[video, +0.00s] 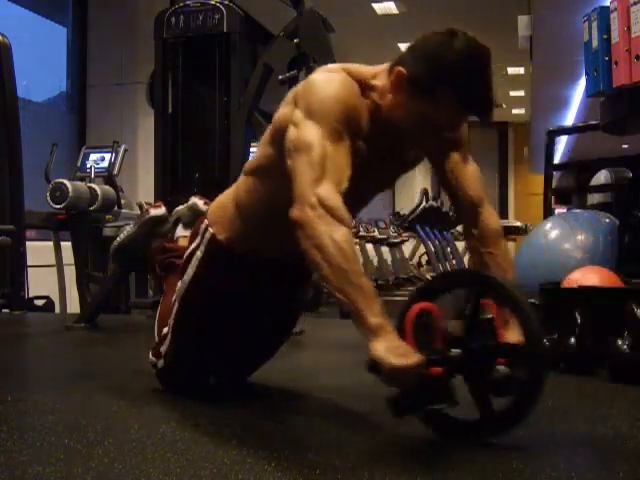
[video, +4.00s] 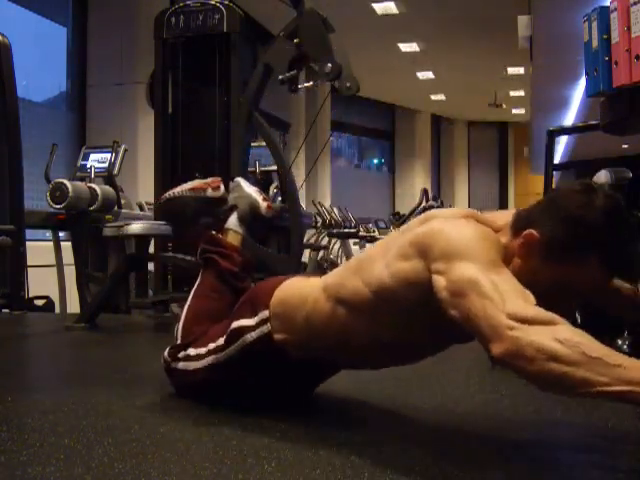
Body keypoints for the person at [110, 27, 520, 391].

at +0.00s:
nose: (438, 142)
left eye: (447, 131)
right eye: (432, 125)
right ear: (395, 86)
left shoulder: (438, 118)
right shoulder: (329, 93)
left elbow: (479, 220)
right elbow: (314, 213)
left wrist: (509, 316)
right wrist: (379, 332)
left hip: (290, 267)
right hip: (229, 253)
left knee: (228, 376)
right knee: (177, 374)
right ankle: (169, 252)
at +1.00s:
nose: (475, 220)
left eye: (488, 214)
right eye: (476, 208)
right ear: (452, 167)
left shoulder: (467, 166)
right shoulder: (376, 156)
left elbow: (547, 240)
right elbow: (404, 279)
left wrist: (608, 297)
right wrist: (522, 374)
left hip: (300, 296)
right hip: (244, 283)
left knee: (231, 375)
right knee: (180, 375)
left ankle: (206, 243)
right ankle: (182, 257)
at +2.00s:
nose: (489, 205)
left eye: (503, 197)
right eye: (491, 191)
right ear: (462, 151)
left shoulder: (481, 159)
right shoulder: (388, 149)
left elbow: (563, 231)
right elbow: (411, 266)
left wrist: (617, 294)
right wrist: (537, 359)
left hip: (308, 297)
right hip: (253, 286)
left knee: (236, 374)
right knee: (185, 373)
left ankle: (228, 246)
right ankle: (191, 251)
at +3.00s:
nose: (408, 112)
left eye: (418, 99)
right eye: (401, 94)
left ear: (428, 92)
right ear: (360, 66)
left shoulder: (410, 118)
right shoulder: (288, 93)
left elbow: (445, 216)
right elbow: (269, 217)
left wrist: (476, 319)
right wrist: (332, 336)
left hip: (272, 258)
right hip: (207, 249)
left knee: (227, 377)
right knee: (172, 376)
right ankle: (152, 263)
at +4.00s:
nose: (554, 296)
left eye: (570, 289)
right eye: (558, 285)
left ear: (531, 240)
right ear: (528, 245)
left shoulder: (513, 238)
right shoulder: (458, 242)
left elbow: (605, 295)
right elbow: (519, 343)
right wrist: (638, 379)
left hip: (321, 336)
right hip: (274, 328)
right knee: (182, 364)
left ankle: (240, 236)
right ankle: (223, 237)